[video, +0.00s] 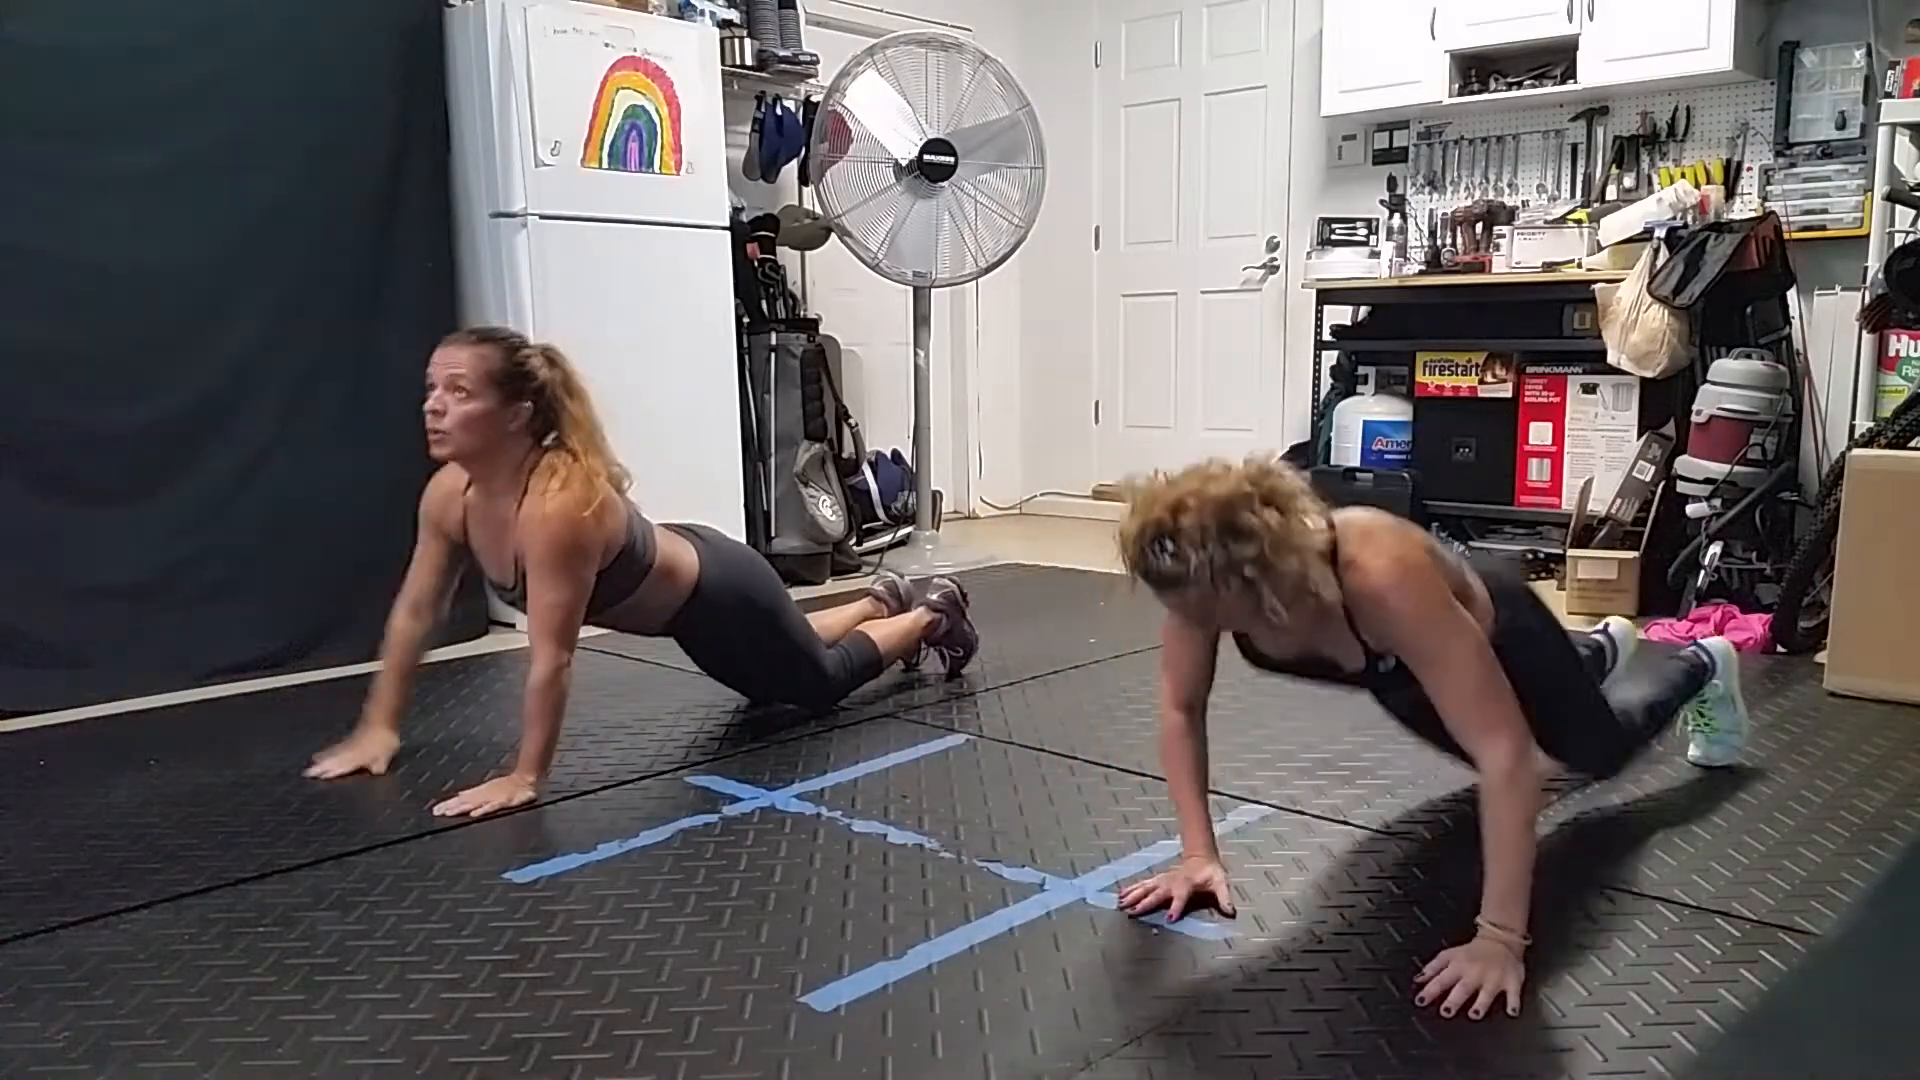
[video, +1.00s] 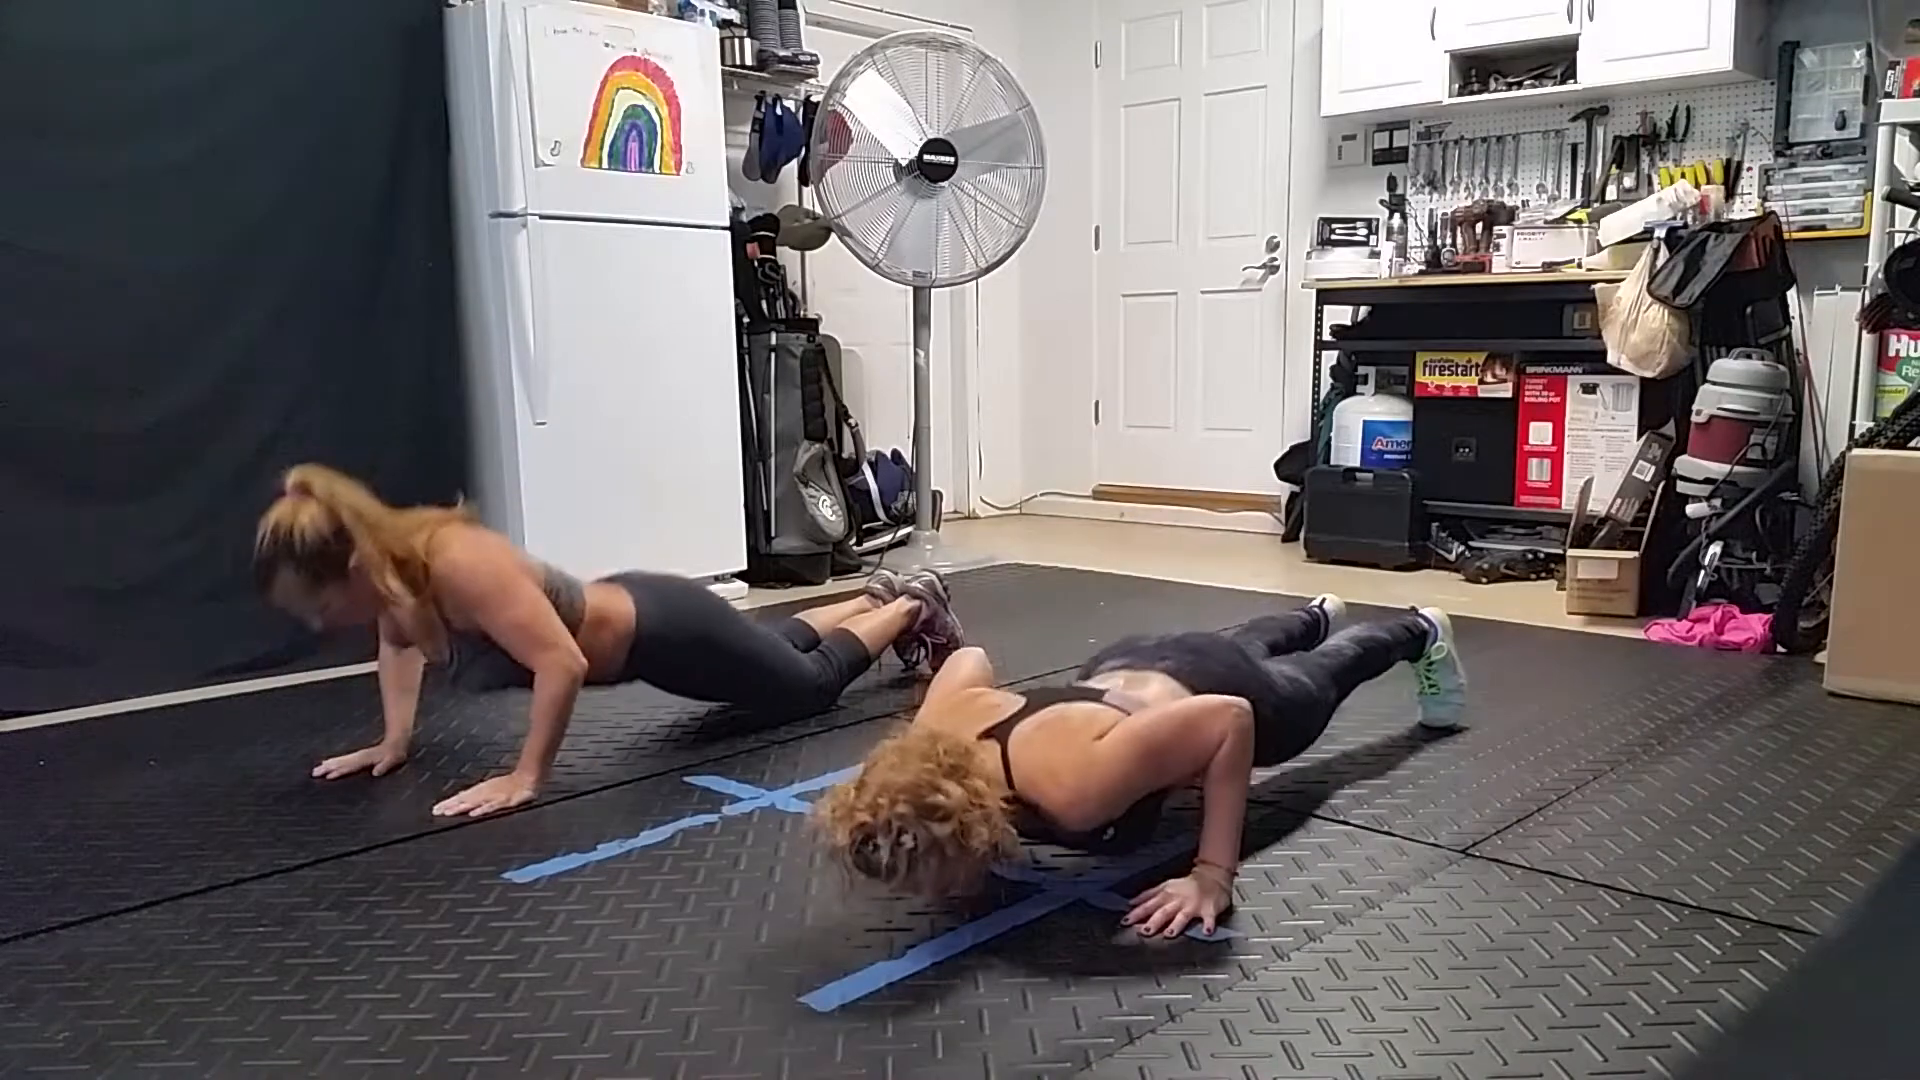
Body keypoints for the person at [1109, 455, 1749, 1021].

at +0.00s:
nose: (1195, 621)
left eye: (1201, 607)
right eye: (1188, 609)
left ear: (1250, 580)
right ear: (1196, 585)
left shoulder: (1381, 571)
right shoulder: (1202, 572)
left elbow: (1504, 757)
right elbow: (1180, 708)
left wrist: (1499, 936)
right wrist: (1196, 854)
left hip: (1492, 625)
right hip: (1396, 664)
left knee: (1597, 749)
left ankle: (1698, 659)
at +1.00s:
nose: (924, 897)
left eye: (923, 879)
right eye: (907, 888)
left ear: (956, 834)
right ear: (889, 814)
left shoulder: (1076, 785)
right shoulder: (935, 731)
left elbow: (1230, 721)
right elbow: (967, 657)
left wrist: (1212, 876)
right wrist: (971, 834)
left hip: (1211, 682)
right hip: (1118, 665)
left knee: (1322, 666)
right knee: (1223, 635)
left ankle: (1411, 625)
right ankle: (1313, 612)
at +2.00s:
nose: (1156, 581)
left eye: (1160, 559)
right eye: (1136, 570)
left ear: (1201, 513)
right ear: (1121, 546)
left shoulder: (1294, 503)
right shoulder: (1135, 535)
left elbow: (1396, 711)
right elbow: (1169, 694)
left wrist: (1430, 914)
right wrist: (1184, 855)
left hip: (1425, 455)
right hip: (1350, 475)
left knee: (1540, 567)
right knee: (1472, 574)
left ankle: (1637, 645)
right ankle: (1549, 628)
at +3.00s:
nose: (1156, 752)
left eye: (1156, 737)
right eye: (1149, 741)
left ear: (1196, 721)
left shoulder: (1341, 700)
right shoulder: (1214, 674)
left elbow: (1528, 785)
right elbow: (1193, 749)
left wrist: (1472, 946)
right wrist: (1189, 860)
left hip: (1518, 694)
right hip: (1439, 648)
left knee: (1620, 700)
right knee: (1548, 656)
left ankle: (1709, 664)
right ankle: (1616, 641)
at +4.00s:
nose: (962, 684)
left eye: (960, 668)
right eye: (946, 674)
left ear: (994, 623)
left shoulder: (1111, 586)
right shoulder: (992, 577)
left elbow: (1221, 722)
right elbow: (1001, 682)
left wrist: (1186, 875)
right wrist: (982, 802)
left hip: (1274, 628)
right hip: (1211, 597)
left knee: (1371, 645)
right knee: (1323, 621)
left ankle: (1457, 633)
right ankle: (1392, 621)